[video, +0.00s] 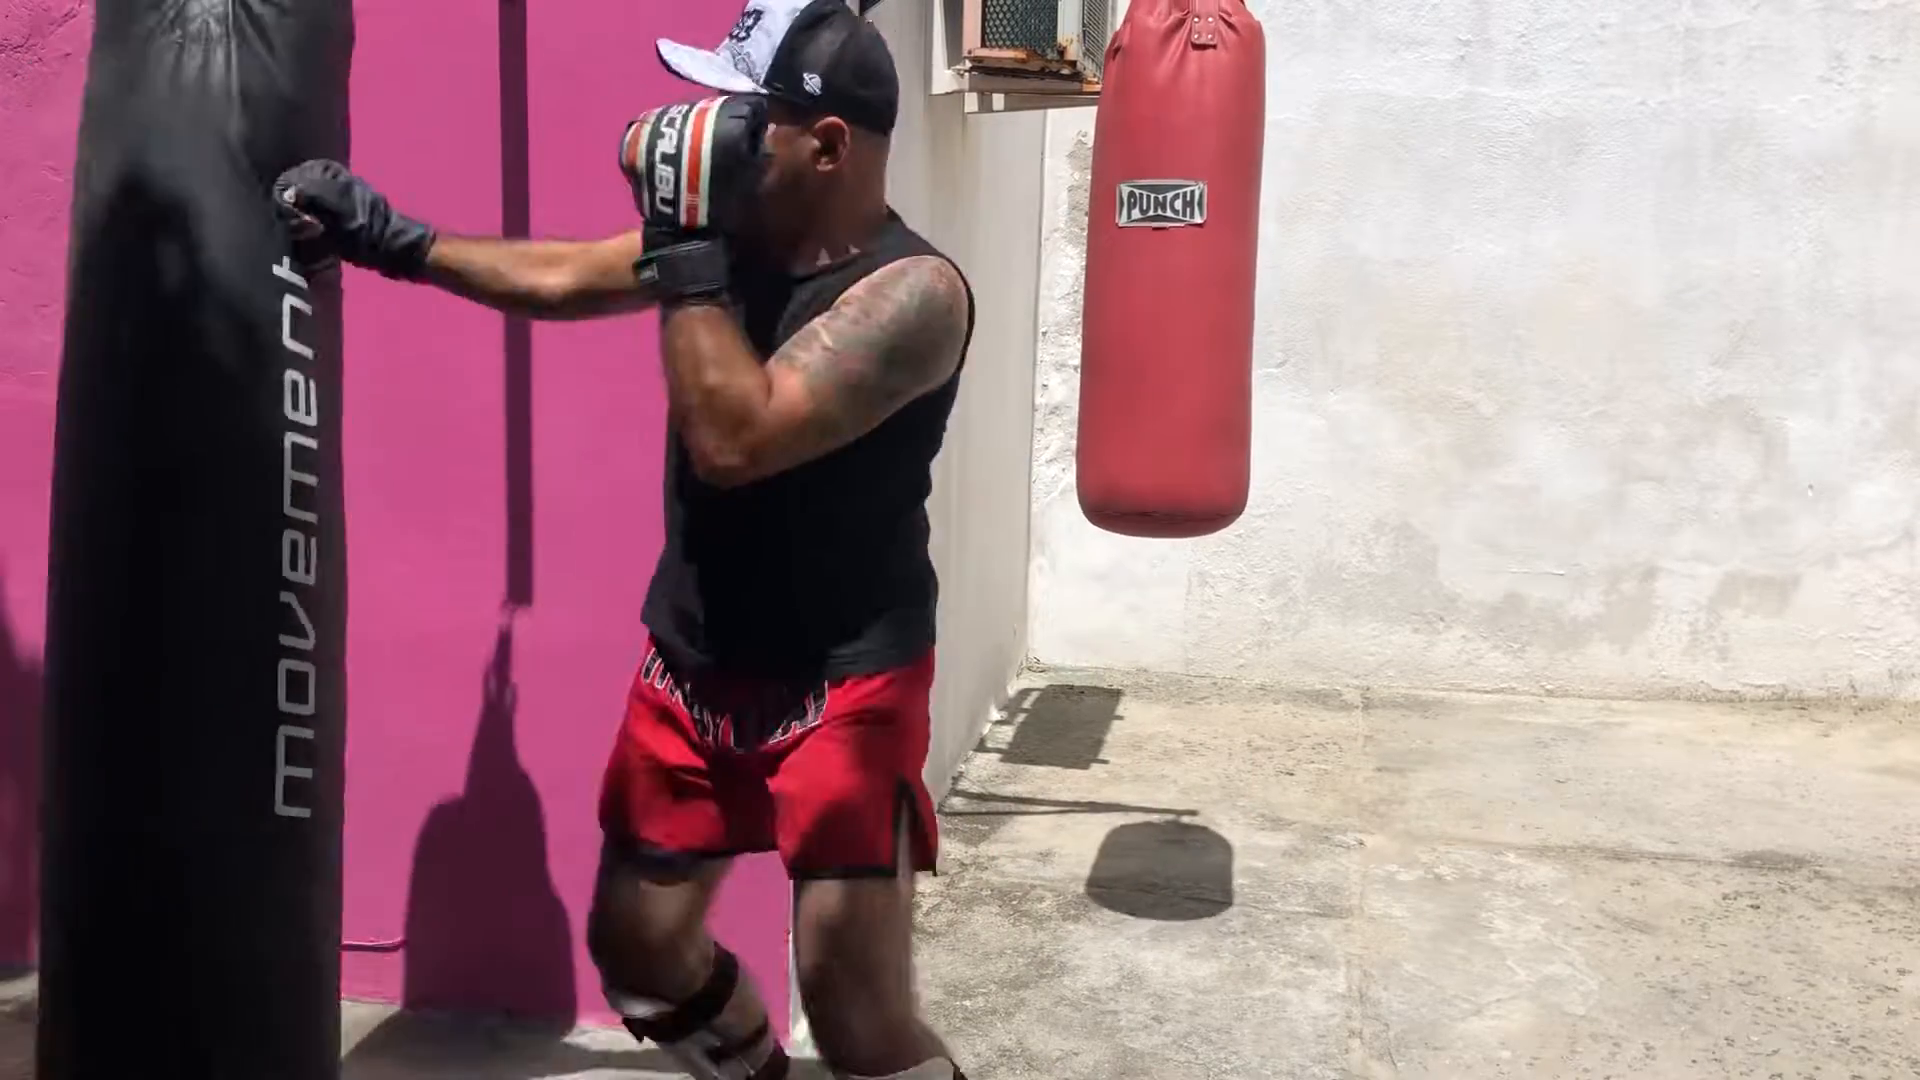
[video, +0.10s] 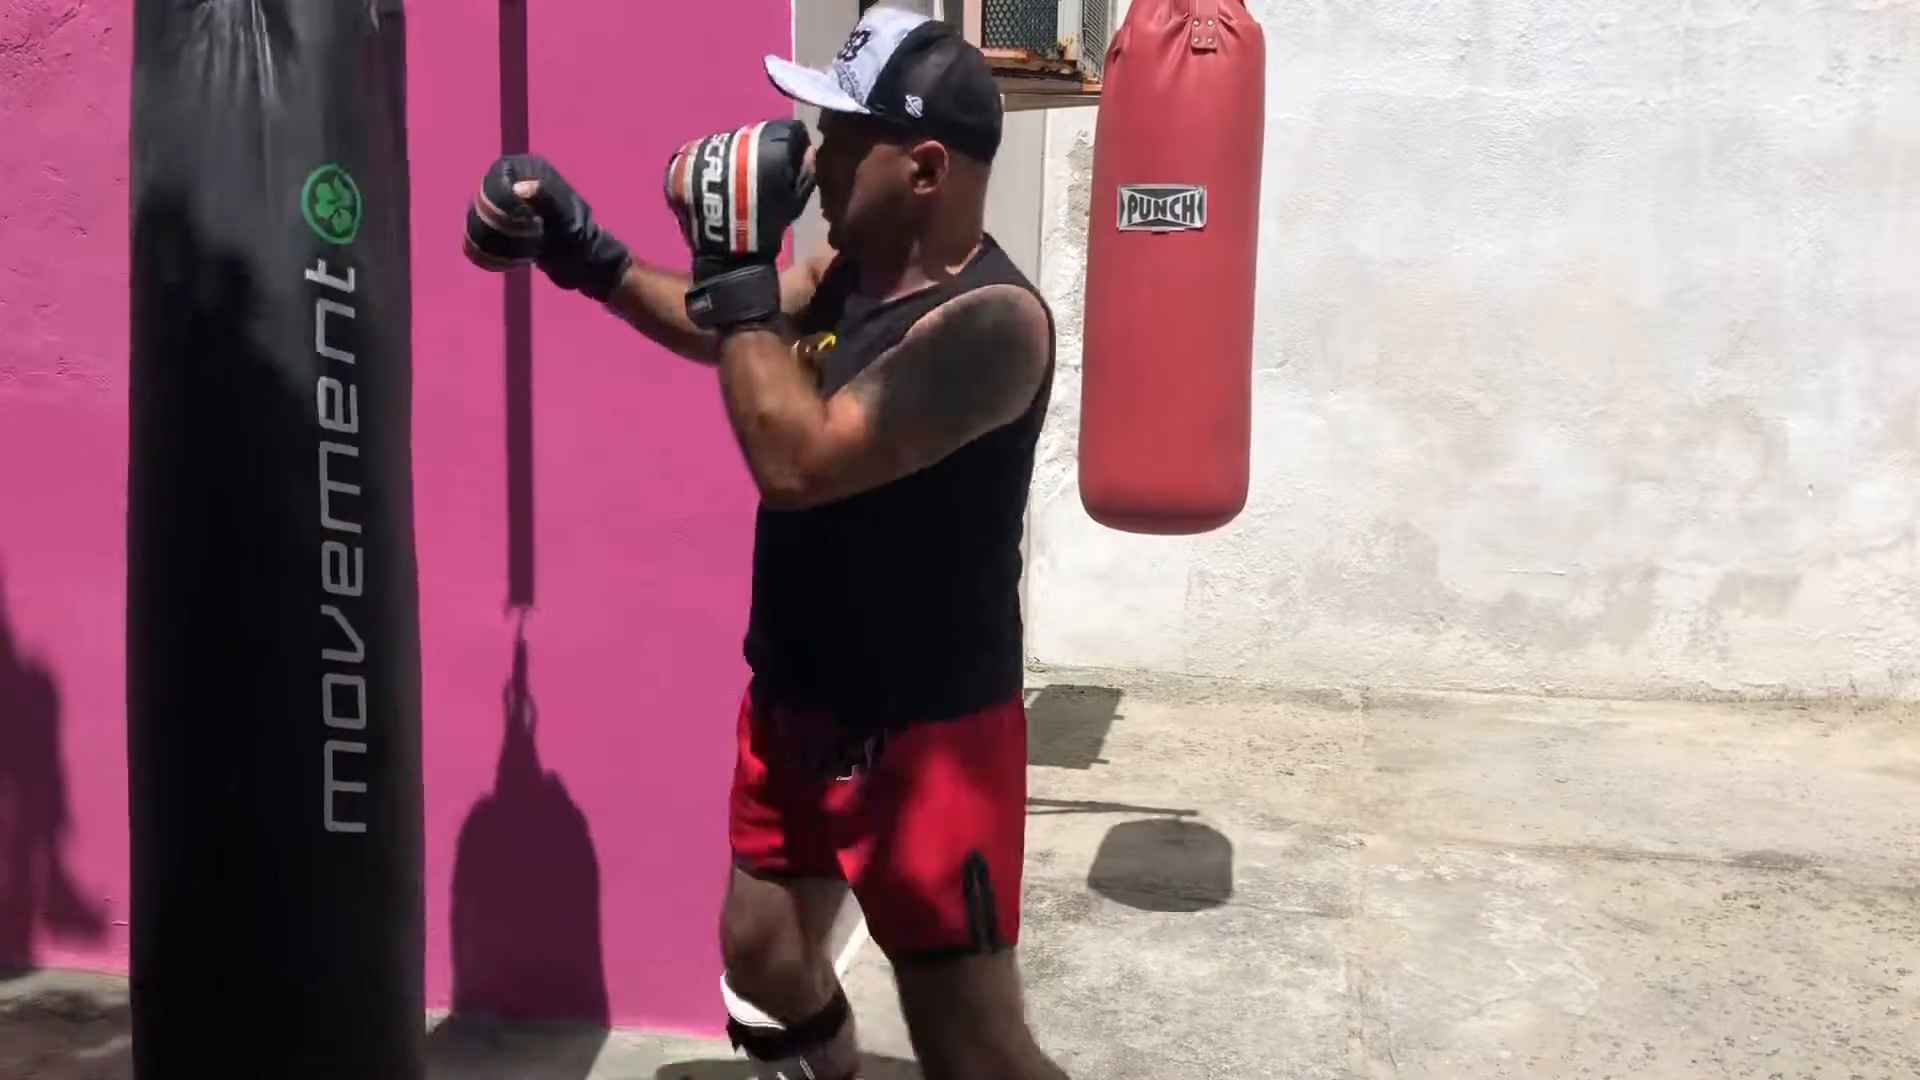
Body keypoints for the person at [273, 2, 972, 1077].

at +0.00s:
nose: (726, 140)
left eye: (751, 120)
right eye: (729, 118)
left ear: (828, 144)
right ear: (817, 144)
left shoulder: (916, 296)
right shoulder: (741, 241)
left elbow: (732, 437)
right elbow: (564, 279)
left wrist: (683, 246)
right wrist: (397, 239)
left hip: (844, 679)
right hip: (694, 661)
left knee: (857, 1014)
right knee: (639, 944)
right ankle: (764, 1070)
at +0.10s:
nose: (816, 156)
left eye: (841, 136)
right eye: (822, 131)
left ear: (924, 166)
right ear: (913, 166)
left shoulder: (994, 322)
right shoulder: (853, 265)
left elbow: (795, 463)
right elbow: (731, 335)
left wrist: (733, 273)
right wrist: (587, 256)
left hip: (936, 715)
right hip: (802, 692)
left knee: (973, 1044)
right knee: (766, 962)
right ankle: (830, 1070)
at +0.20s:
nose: (857, 182)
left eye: (881, 156)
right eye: (865, 153)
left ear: (963, 173)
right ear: (960, 175)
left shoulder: (1048, 320)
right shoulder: (943, 282)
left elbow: (860, 493)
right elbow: (886, 394)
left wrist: (769, 315)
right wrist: (749, 316)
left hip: (1019, 733)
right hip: (899, 703)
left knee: (1041, 1038)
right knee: (839, 944)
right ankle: (864, 1071)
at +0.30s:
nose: (910, 186)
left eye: (929, 160)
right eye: (915, 159)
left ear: (1010, 174)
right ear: (1008, 174)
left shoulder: (1101, 320)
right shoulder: (1007, 288)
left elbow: (933, 504)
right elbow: (961, 399)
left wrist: (833, 331)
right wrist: (836, 323)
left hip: (1086, 731)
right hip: (967, 703)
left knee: (1082, 1047)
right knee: (892, 939)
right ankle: (972, 1067)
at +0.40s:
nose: (955, 174)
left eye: (975, 146)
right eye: (959, 145)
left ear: (1054, 161)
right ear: (1050, 160)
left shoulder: (1150, 301)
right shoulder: (1029, 285)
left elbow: (989, 488)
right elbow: (985, 420)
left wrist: (886, 320)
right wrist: (877, 307)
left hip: (1111, 717)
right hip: (1001, 699)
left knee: (1108, 1037)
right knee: (988, 964)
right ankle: (1100, 1066)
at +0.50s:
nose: (975, 181)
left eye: (995, 152)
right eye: (978, 152)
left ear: (1072, 166)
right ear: (1068, 166)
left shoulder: (1158, 300)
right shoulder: (1061, 293)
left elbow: (1007, 483)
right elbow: (997, 439)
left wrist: (912, 315)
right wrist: (904, 310)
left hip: (1120, 717)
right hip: (1059, 712)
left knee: (1097, 1041)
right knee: (1136, 1005)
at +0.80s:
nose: (965, 188)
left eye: (982, 160)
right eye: (968, 160)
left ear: (1055, 172)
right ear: (1056, 174)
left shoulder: (1122, 311)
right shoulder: (1100, 293)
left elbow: (974, 501)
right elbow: (1091, 486)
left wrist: (872, 342)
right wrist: (981, 415)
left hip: (1107, 729)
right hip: (1110, 715)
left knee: (1057, 1042)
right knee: (1142, 993)